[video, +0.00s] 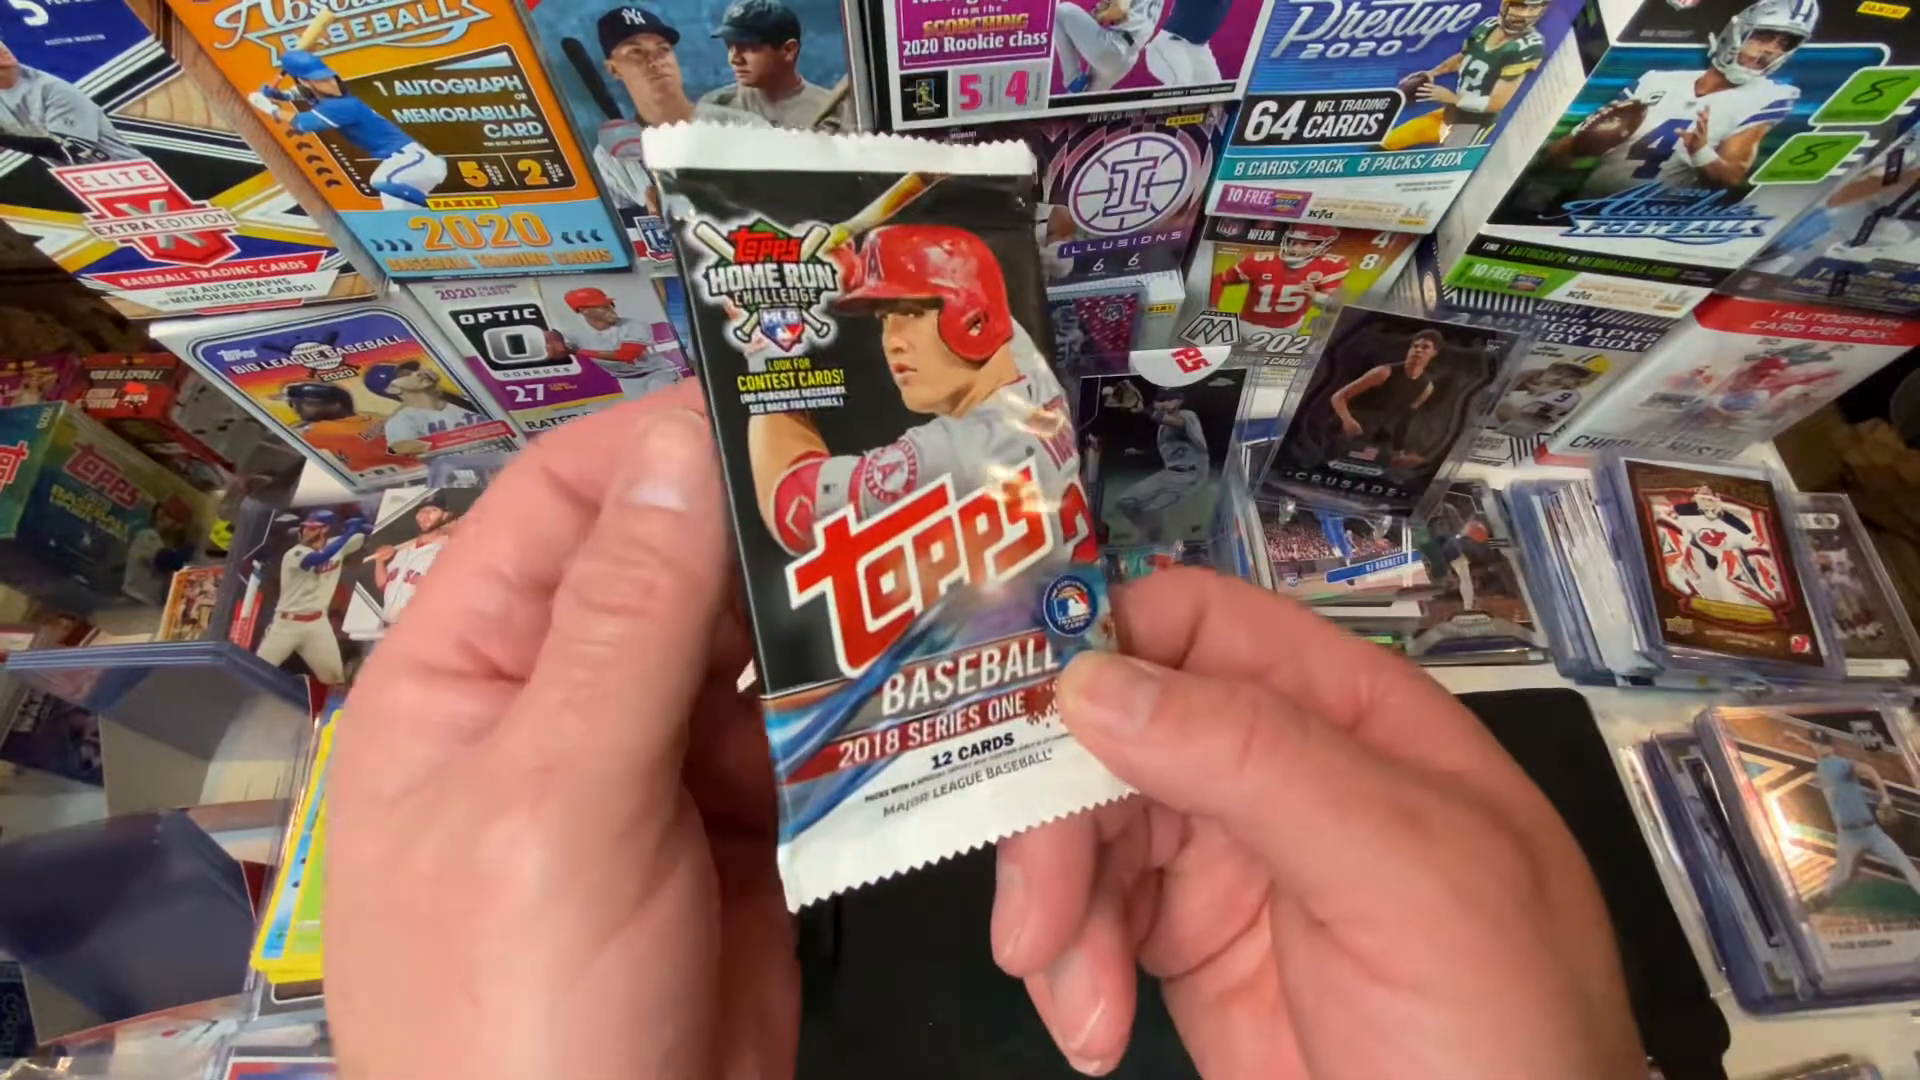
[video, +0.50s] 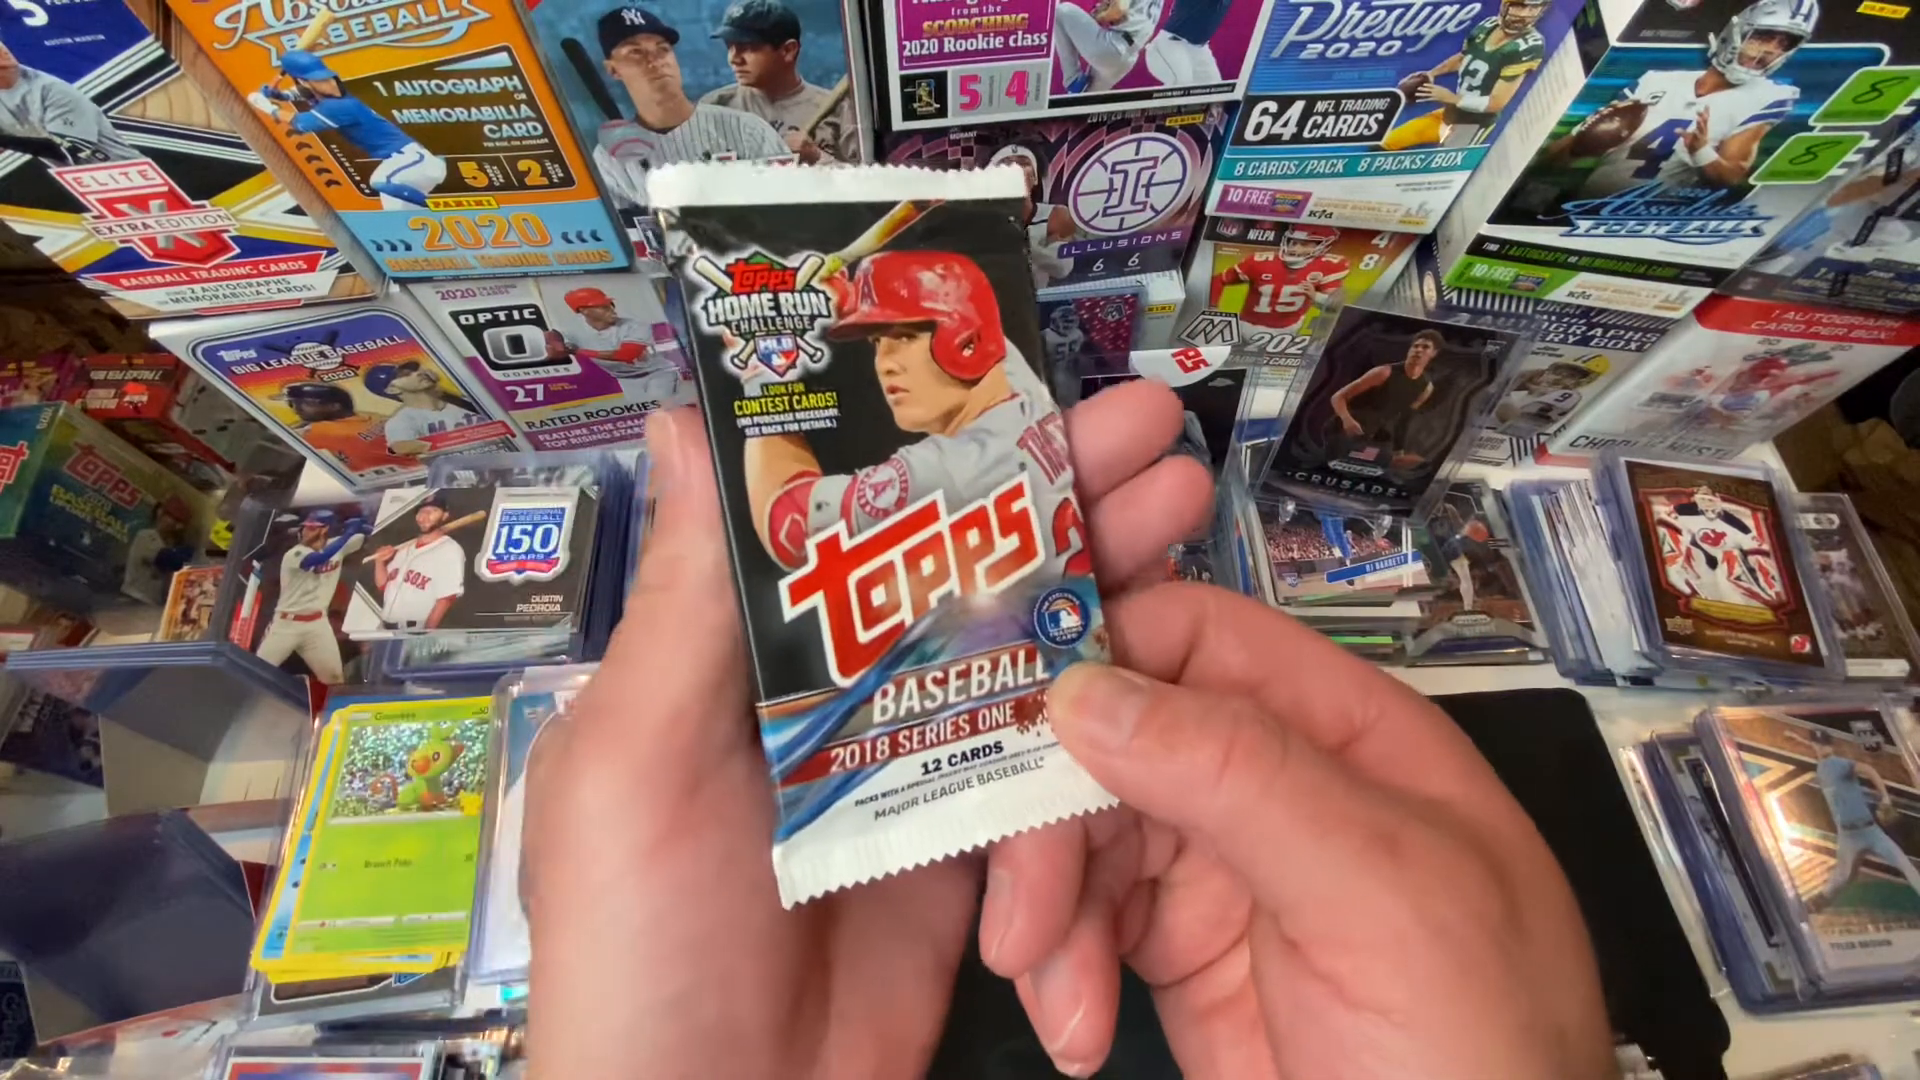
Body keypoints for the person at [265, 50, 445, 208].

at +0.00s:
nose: (331, 80)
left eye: (329, 76)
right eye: (324, 78)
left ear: (309, 83)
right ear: (307, 84)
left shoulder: (343, 106)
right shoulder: (331, 103)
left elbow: (299, 122)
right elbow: (299, 93)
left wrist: (270, 109)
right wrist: (276, 94)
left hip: (415, 159)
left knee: (381, 178)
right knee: (399, 222)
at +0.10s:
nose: (331, 80)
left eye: (328, 76)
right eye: (322, 78)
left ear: (309, 82)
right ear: (307, 83)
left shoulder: (343, 106)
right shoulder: (332, 103)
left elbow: (299, 122)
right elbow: (301, 92)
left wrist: (270, 108)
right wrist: (276, 94)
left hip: (415, 158)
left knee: (380, 179)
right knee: (398, 221)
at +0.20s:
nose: (300, 87)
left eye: (301, 82)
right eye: (300, 83)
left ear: (309, 83)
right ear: (325, 79)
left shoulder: (342, 107)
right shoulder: (334, 102)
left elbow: (299, 123)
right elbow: (303, 93)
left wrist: (270, 110)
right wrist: (278, 96)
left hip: (413, 159)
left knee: (380, 180)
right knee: (398, 222)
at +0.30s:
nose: (299, 87)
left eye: (300, 82)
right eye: (299, 83)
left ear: (307, 83)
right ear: (325, 77)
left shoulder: (341, 106)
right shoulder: (335, 100)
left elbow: (298, 122)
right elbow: (305, 91)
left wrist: (269, 107)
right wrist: (279, 95)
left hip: (414, 157)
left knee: (380, 179)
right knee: (397, 222)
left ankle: (432, 212)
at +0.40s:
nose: (299, 87)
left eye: (299, 82)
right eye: (298, 83)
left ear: (308, 83)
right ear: (324, 78)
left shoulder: (341, 107)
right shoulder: (334, 100)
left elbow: (298, 122)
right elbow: (303, 92)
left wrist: (268, 107)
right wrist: (277, 95)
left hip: (413, 157)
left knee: (380, 180)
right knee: (397, 222)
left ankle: (431, 214)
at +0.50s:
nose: (297, 87)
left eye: (298, 82)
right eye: (298, 83)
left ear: (306, 83)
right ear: (323, 77)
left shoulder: (341, 107)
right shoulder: (332, 100)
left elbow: (298, 122)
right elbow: (302, 93)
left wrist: (268, 108)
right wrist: (277, 95)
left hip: (414, 158)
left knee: (380, 180)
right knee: (397, 224)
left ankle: (432, 213)